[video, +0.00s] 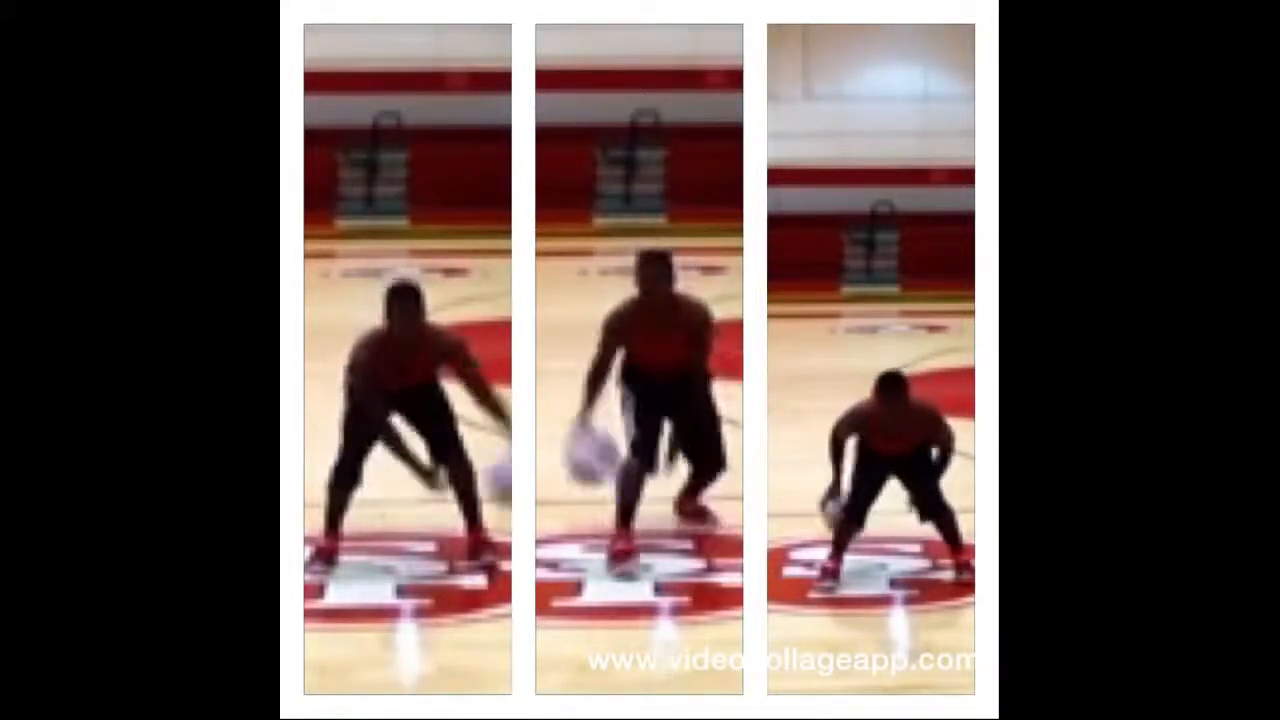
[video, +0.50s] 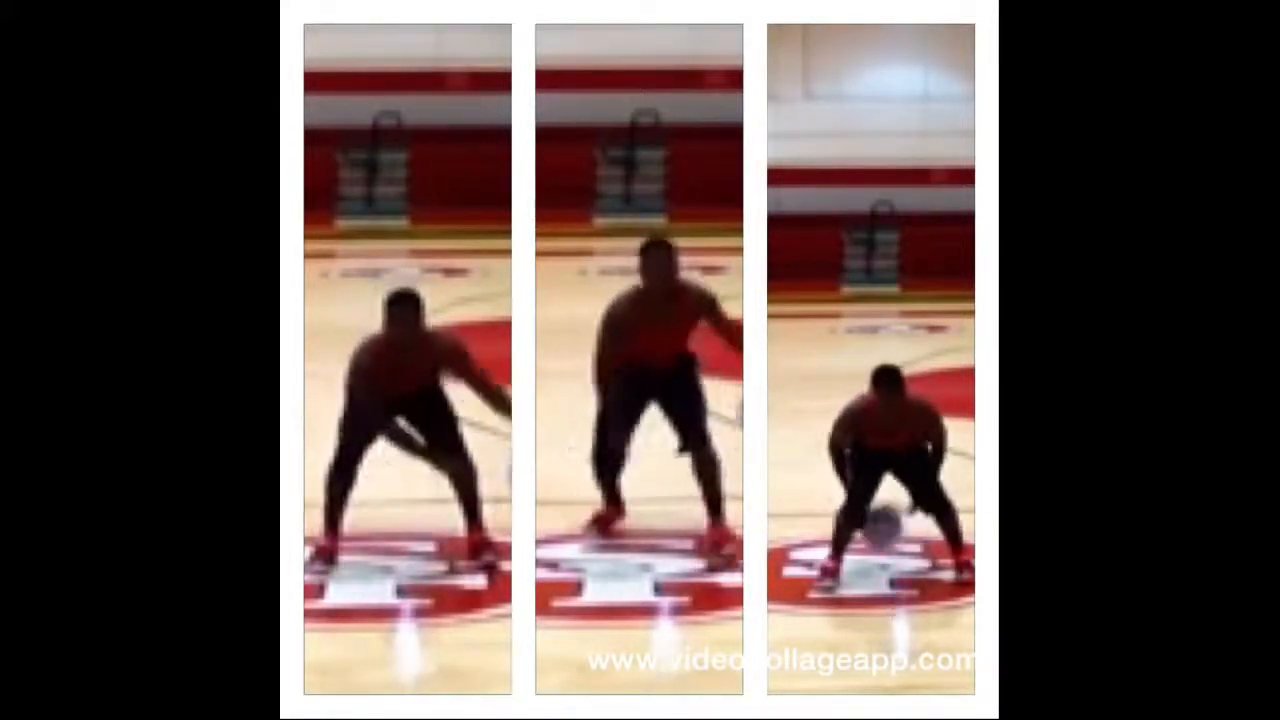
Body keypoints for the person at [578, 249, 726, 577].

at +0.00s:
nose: (651, 289)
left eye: (659, 281)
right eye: (645, 281)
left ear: (671, 280)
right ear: (637, 281)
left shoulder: (696, 317)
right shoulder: (624, 319)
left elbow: (698, 379)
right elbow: (601, 368)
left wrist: (679, 433)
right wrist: (586, 413)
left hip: (687, 386)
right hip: (644, 388)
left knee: (711, 460)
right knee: (642, 456)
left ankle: (688, 501)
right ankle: (623, 531)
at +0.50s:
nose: (660, 276)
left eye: (666, 268)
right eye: (653, 268)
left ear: (675, 268)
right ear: (641, 270)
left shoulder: (693, 300)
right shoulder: (623, 311)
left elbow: (727, 329)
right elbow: (604, 362)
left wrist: (750, 348)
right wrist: (606, 403)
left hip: (675, 370)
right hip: (629, 374)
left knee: (698, 443)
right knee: (607, 449)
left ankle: (717, 520)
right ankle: (613, 505)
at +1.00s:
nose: (658, 274)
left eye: (666, 266)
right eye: (653, 265)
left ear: (678, 267)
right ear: (644, 265)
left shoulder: (699, 302)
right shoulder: (625, 295)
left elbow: (728, 345)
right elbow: (587, 326)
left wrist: (728, 395)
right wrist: (551, 366)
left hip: (694, 369)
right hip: (646, 368)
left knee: (714, 440)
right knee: (621, 446)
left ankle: (718, 492)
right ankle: (620, 519)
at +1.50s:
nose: (675, 272)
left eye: (680, 263)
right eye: (668, 264)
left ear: (690, 264)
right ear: (656, 266)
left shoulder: (712, 299)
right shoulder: (635, 307)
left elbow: (743, 338)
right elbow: (612, 362)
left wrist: (751, 384)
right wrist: (608, 418)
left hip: (696, 365)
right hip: (651, 369)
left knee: (729, 437)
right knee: (639, 434)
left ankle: (713, 492)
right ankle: (626, 513)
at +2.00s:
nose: (676, 282)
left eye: (681, 274)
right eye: (669, 275)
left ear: (691, 275)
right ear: (658, 276)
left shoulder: (709, 315)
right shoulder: (637, 315)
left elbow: (725, 370)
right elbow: (633, 376)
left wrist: (723, 417)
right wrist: (648, 427)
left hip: (694, 386)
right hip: (649, 385)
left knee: (709, 447)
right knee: (605, 442)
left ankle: (734, 517)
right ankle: (628, 507)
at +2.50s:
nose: (678, 281)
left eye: (684, 274)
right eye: (672, 274)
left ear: (695, 274)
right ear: (663, 275)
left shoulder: (715, 313)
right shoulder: (647, 315)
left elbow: (726, 363)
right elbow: (634, 364)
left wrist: (734, 400)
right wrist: (626, 413)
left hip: (711, 383)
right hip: (670, 386)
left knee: (741, 444)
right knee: (664, 445)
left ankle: (720, 497)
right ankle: (643, 521)